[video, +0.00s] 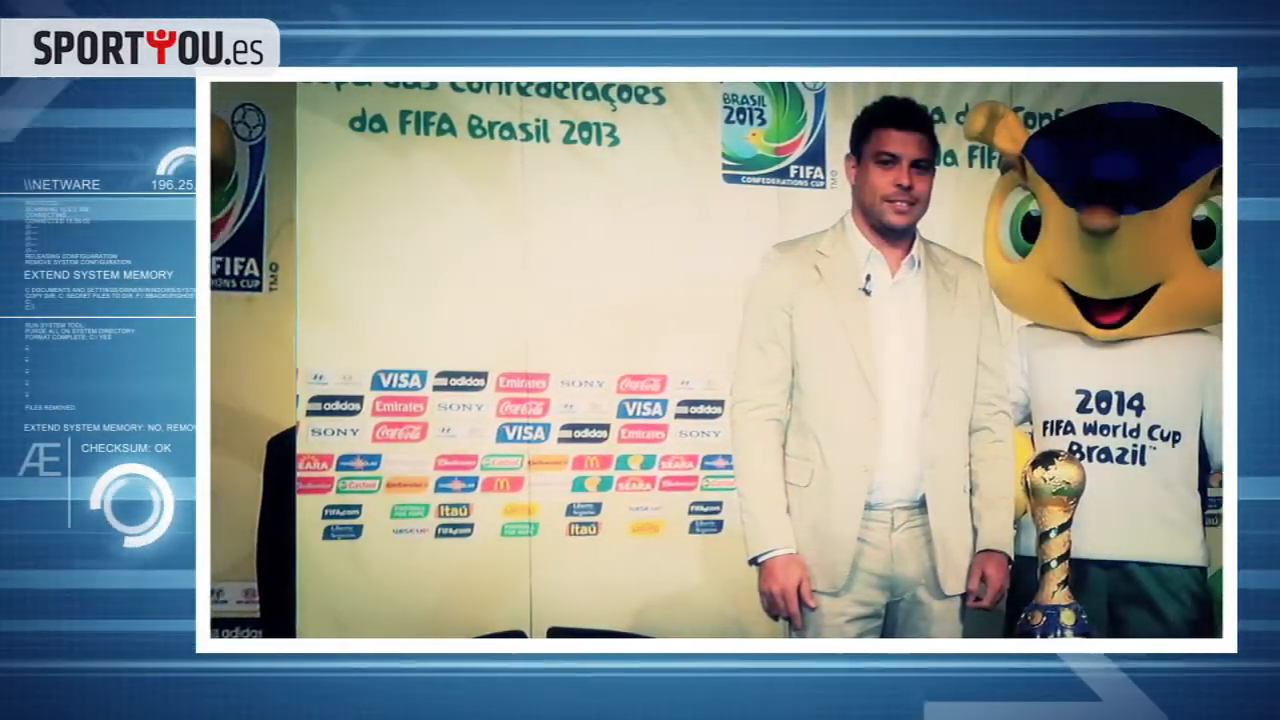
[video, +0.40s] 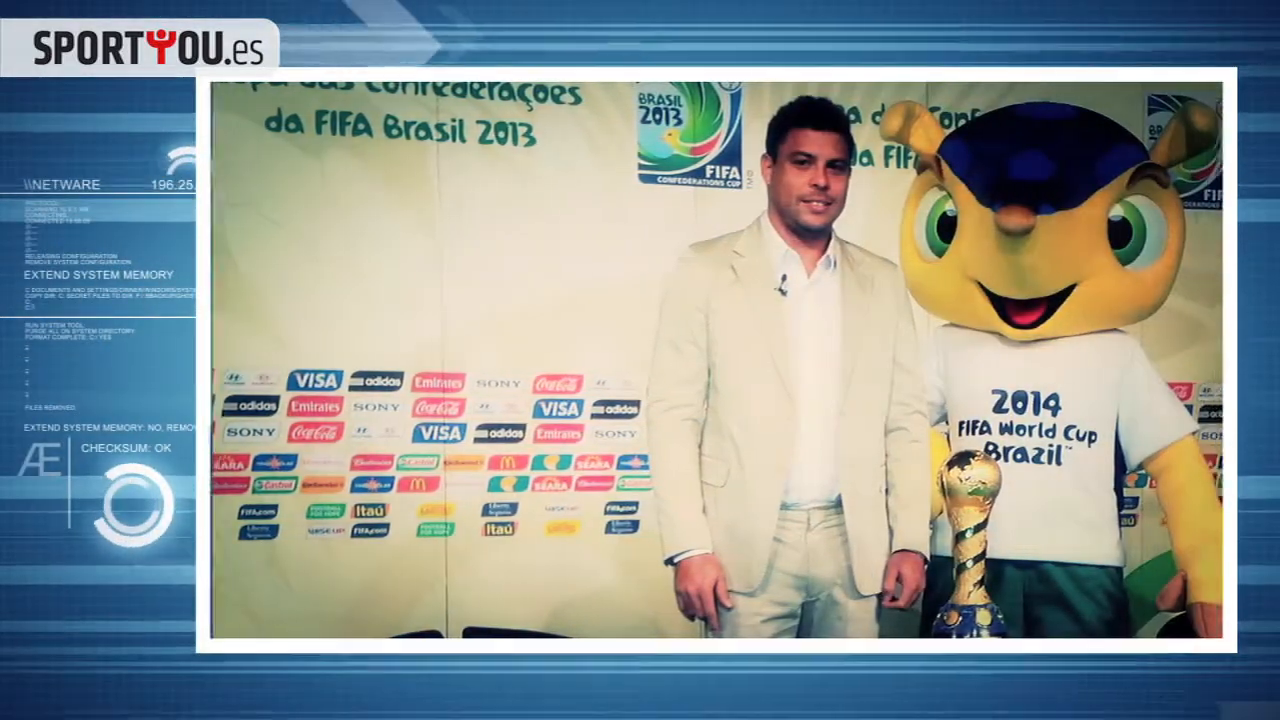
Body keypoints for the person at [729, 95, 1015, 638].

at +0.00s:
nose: (905, 180)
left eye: (921, 166)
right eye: (887, 162)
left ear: (934, 178)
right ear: (852, 169)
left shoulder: (967, 283)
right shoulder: (789, 270)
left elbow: (991, 423)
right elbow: (756, 414)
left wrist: (994, 543)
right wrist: (773, 549)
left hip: (940, 543)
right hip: (832, 545)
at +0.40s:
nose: (821, 180)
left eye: (837, 166)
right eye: (803, 162)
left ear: (850, 178)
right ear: (768, 169)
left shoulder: (883, 282)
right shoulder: (705, 271)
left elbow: (907, 422)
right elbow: (672, 415)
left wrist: (910, 543)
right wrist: (689, 549)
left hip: (857, 543)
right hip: (748, 544)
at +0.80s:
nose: (738, 180)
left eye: (754, 166)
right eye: (719, 162)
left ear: (767, 177)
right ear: (684, 169)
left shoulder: (800, 283)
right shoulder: (621, 271)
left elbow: (823, 423)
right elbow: (589, 415)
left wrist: (826, 543)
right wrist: (606, 549)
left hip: (773, 542)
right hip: (665, 544)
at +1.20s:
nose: (655, 180)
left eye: (671, 166)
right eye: (636, 162)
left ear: (684, 178)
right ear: (601, 170)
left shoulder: (717, 282)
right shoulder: (539, 270)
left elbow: (740, 423)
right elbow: (505, 415)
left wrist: (742, 543)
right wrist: (523, 549)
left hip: (689, 542)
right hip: (581, 544)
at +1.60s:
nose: (571, 180)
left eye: (587, 166)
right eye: (552, 162)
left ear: (600, 178)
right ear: (517, 170)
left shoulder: (633, 282)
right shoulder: (455, 270)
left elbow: (656, 423)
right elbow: (421, 414)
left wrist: (659, 543)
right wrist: (439, 548)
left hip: (606, 542)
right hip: (498, 544)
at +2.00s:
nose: (488, 180)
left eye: (504, 166)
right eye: (469, 162)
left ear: (517, 178)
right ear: (434, 170)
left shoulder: (550, 282)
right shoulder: (371, 270)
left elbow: (573, 423)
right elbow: (338, 414)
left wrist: (576, 543)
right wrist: (356, 548)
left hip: (522, 543)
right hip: (415, 544)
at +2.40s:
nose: (405, 181)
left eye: (420, 166)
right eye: (386, 162)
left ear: (433, 178)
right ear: (351, 170)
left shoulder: (466, 282)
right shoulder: (288, 270)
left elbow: (490, 422)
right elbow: (255, 413)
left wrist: (492, 542)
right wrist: (273, 548)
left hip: (439, 544)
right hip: (332, 545)